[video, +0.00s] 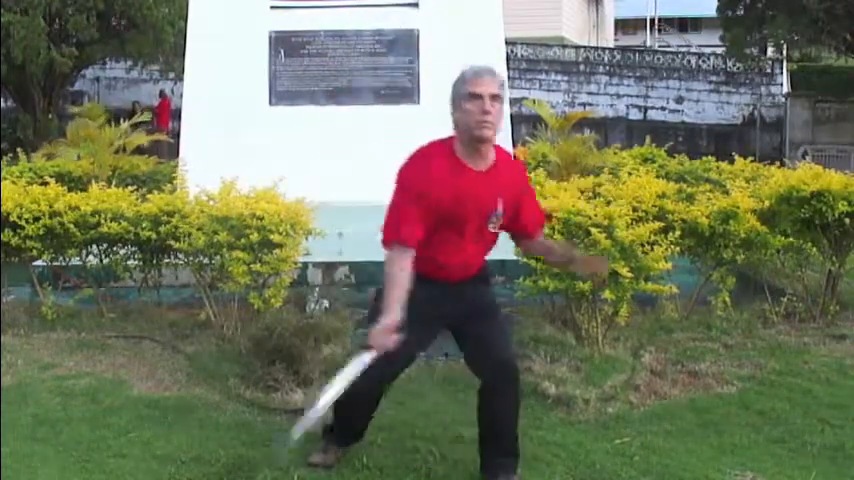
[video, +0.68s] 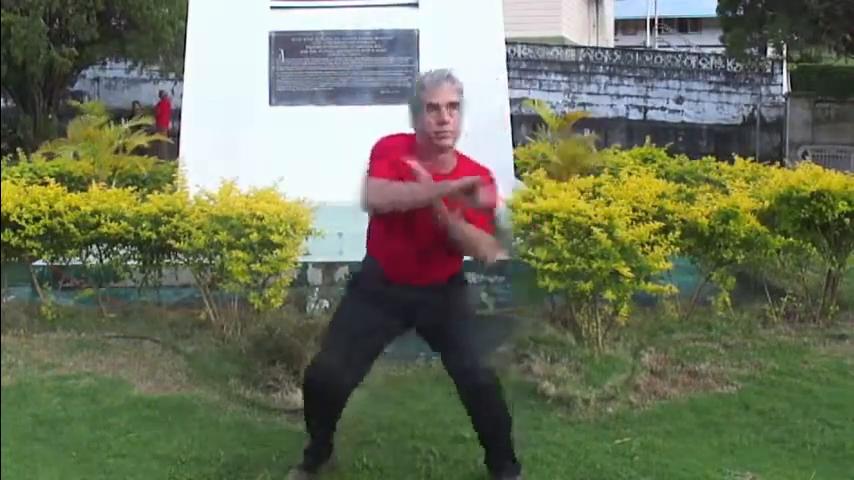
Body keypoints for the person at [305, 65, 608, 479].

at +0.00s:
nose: (487, 108)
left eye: (495, 99)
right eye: (474, 99)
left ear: (502, 110)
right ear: (455, 109)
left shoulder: (511, 171)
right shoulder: (424, 166)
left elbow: (530, 239)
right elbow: (400, 249)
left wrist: (575, 260)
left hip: (472, 289)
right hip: (419, 287)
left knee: (501, 370)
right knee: (378, 364)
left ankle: (500, 471)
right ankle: (337, 440)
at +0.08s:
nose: (501, 107)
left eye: (510, 99)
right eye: (489, 99)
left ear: (518, 110)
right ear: (469, 109)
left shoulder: (519, 168)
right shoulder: (438, 163)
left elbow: (527, 237)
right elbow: (422, 242)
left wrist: (551, 263)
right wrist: (432, 296)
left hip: (474, 284)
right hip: (418, 278)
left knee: (505, 373)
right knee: (375, 371)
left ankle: (500, 471)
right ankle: (330, 438)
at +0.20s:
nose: (516, 106)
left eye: (524, 98)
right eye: (505, 97)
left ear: (533, 108)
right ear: (485, 105)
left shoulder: (528, 164)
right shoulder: (457, 154)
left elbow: (527, 231)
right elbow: (466, 231)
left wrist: (531, 261)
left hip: (481, 286)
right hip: (423, 281)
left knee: (512, 370)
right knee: (381, 368)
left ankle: (501, 470)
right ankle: (329, 437)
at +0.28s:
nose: (518, 106)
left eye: (527, 98)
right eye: (507, 97)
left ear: (535, 108)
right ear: (487, 107)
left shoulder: (530, 166)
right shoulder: (461, 151)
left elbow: (518, 230)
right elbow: (486, 214)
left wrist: (526, 252)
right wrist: (543, 190)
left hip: (478, 287)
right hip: (421, 281)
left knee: (512, 369)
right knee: (379, 367)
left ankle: (503, 469)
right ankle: (330, 437)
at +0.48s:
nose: (500, 108)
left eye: (509, 100)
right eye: (489, 99)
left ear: (517, 110)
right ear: (469, 108)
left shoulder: (519, 166)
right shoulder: (444, 147)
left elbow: (532, 246)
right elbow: (477, 197)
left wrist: (509, 207)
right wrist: (555, 164)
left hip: (466, 288)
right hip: (405, 281)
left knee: (505, 370)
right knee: (352, 378)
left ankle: (502, 470)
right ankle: (334, 436)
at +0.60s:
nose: (464, 113)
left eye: (473, 105)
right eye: (453, 104)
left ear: (482, 114)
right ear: (435, 111)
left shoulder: (495, 172)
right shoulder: (412, 150)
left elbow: (507, 246)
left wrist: (473, 196)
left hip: (450, 293)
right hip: (387, 287)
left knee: (492, 376)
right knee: (333, 379)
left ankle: (501, 471)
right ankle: (321, 458)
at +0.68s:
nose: (443, 118)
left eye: (452, 108)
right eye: (432, 109)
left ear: (461, 114)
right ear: (415, 116)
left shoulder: (476, 176)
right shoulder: (392, 151)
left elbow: (487, 250)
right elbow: (375, 198)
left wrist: (448, 218)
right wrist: (454, 186)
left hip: (443, 294)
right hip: (379, 288)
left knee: (477, 381)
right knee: (324, 378)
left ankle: (504, 468)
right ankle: (318, 451)